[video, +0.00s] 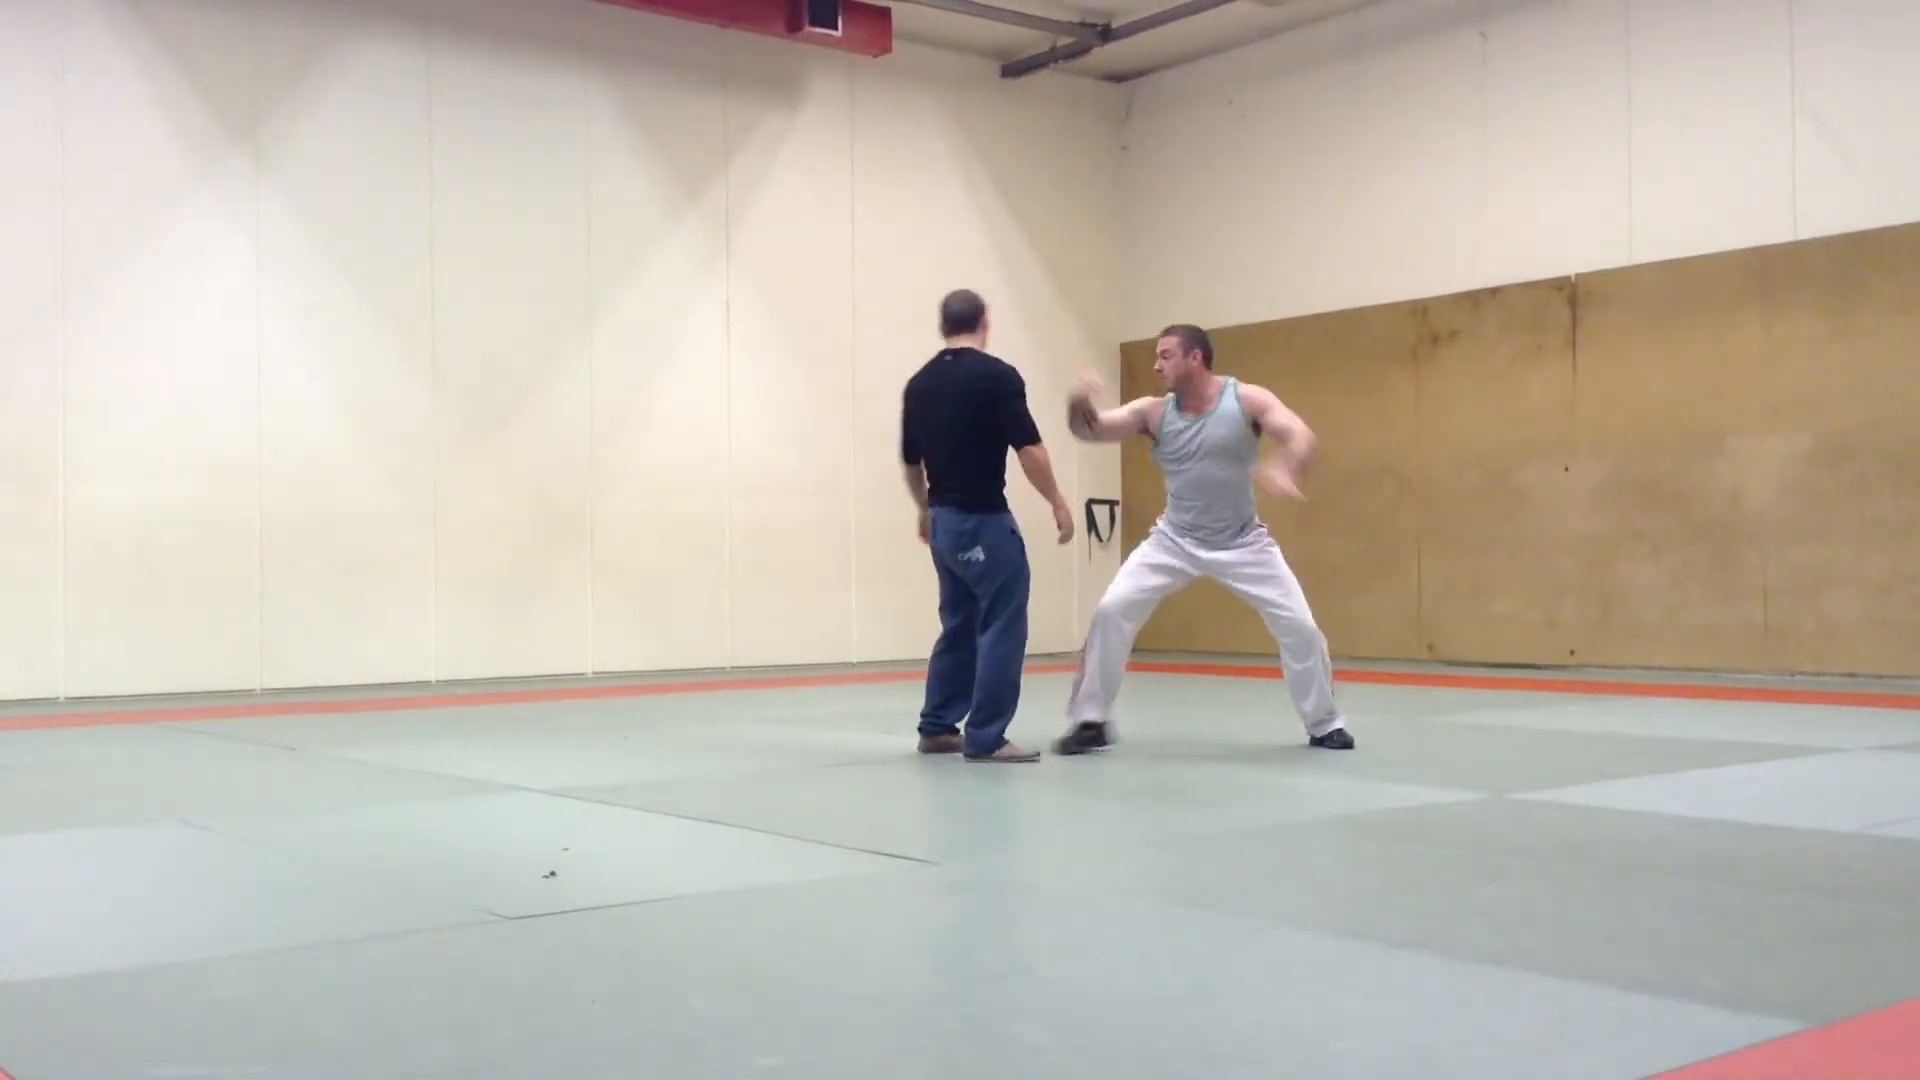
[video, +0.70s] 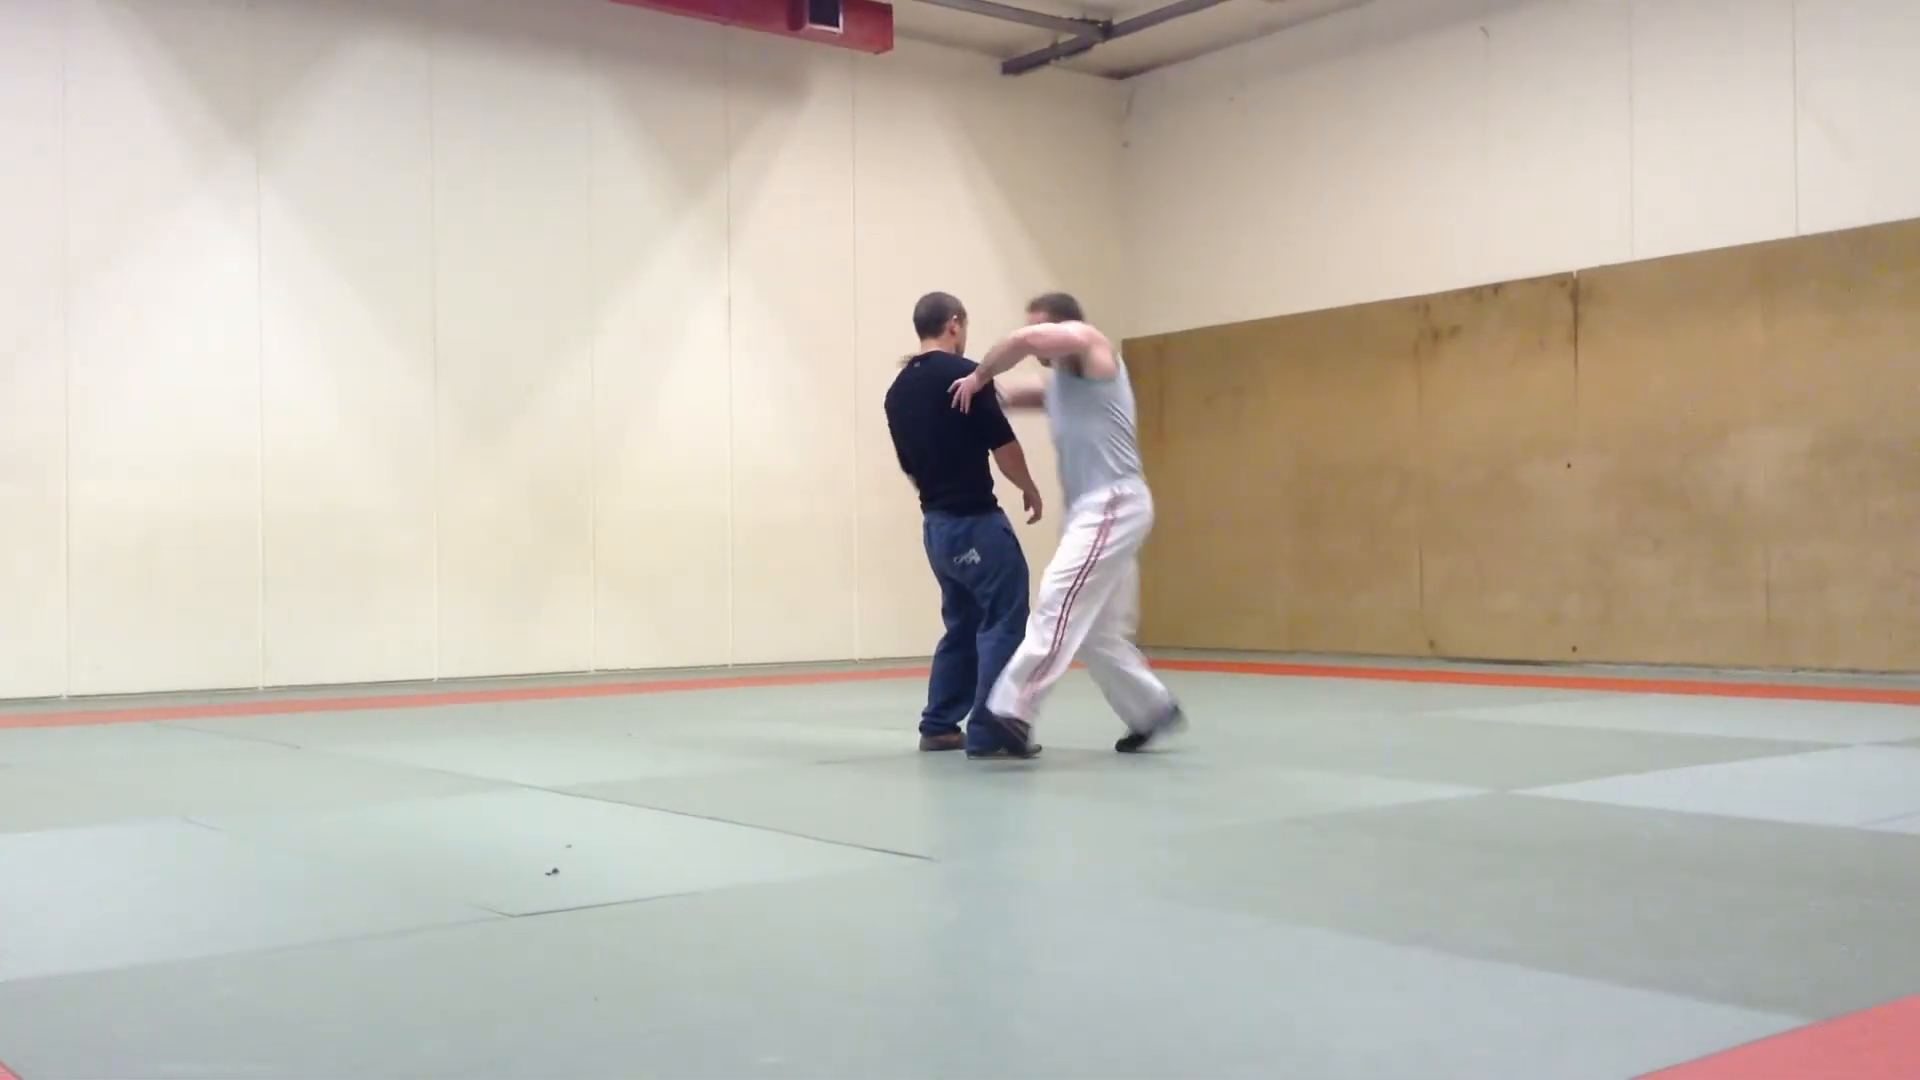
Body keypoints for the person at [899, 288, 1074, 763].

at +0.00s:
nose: (988, 327)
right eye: (987, 320)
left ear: (943, 327)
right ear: (983, 322)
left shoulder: (919, 383)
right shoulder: (999, 376)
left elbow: (912, 462)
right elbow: (1030, 452)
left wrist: (924, 509)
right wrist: (1057, 501)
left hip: (943, 522)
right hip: (987, 524)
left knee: (959, 625)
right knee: (1005, 627)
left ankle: (937, 726)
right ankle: (986, 739)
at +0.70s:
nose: (966, 334)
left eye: (964, 327)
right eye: (965, 327)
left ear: (918, 330)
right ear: (954, 326)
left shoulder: (898, 390)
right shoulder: (968, 375)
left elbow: (910, 464)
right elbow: (1004, 447)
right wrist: (1028, 488)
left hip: (937, 526)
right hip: (978, 524)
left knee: (961, 623)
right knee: (1006, 622)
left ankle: (939, 724)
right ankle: (989, 730)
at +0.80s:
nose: (970, 333)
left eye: (970, 326)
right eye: (969, 326)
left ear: (923, 327)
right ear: (956, 324)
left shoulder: (899, 380)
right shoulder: (963, 373)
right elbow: (1003, 455)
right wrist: (1030, 488)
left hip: (936, 521)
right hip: (977, 521)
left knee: (960, 621)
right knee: (1005, 619)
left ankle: (939, 722)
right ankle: (989, 732)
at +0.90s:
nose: (970, 333)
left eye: (969, 325)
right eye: (969, 325)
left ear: (923, 326)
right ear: (957, 324)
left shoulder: (898, 380)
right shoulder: (964, 376)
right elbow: (996, 445)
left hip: (937, 515)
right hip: (979, 511)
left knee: (963, 617)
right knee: (1009, 616)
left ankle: (940, 721)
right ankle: (990, 732)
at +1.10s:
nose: (947, 345)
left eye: (943, 337)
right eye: (943, 338)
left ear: (895, 344)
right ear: (932, 341)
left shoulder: (882, 396)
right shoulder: (954, 395)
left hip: (930, 524)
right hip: (967, 519)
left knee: (962, 618)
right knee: (1011, 616)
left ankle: (942, 719)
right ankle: (993, 729)